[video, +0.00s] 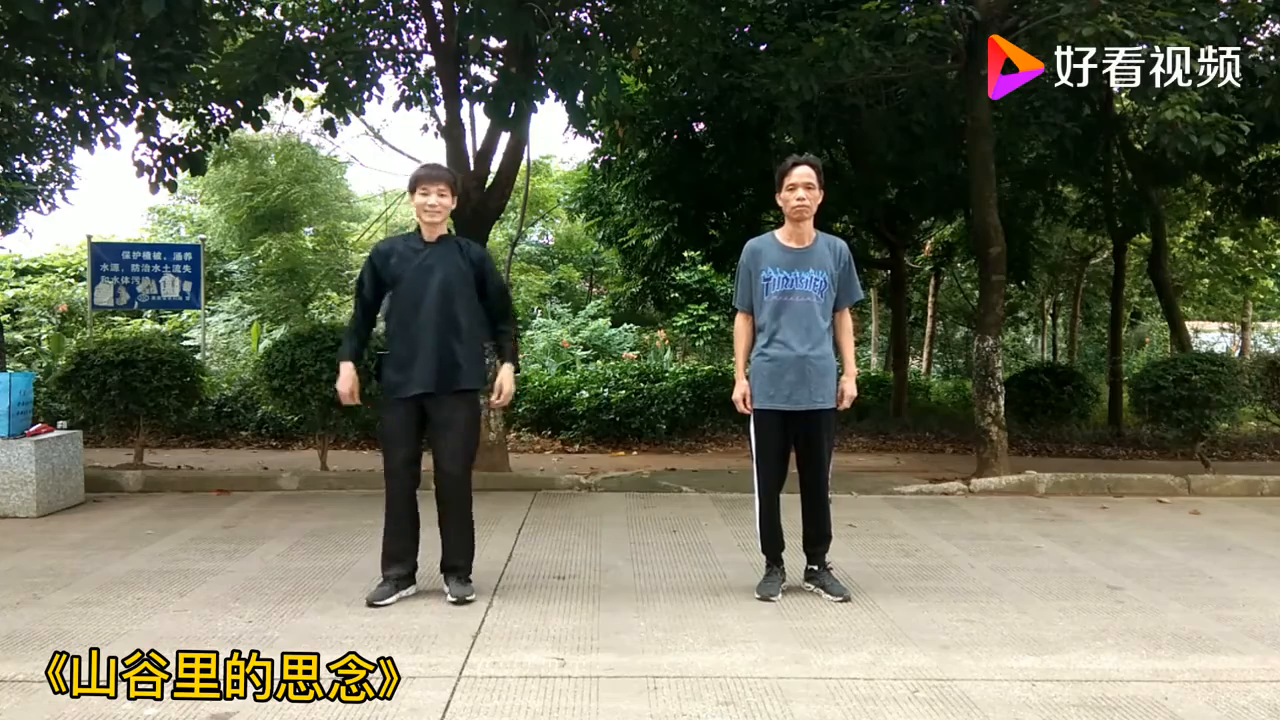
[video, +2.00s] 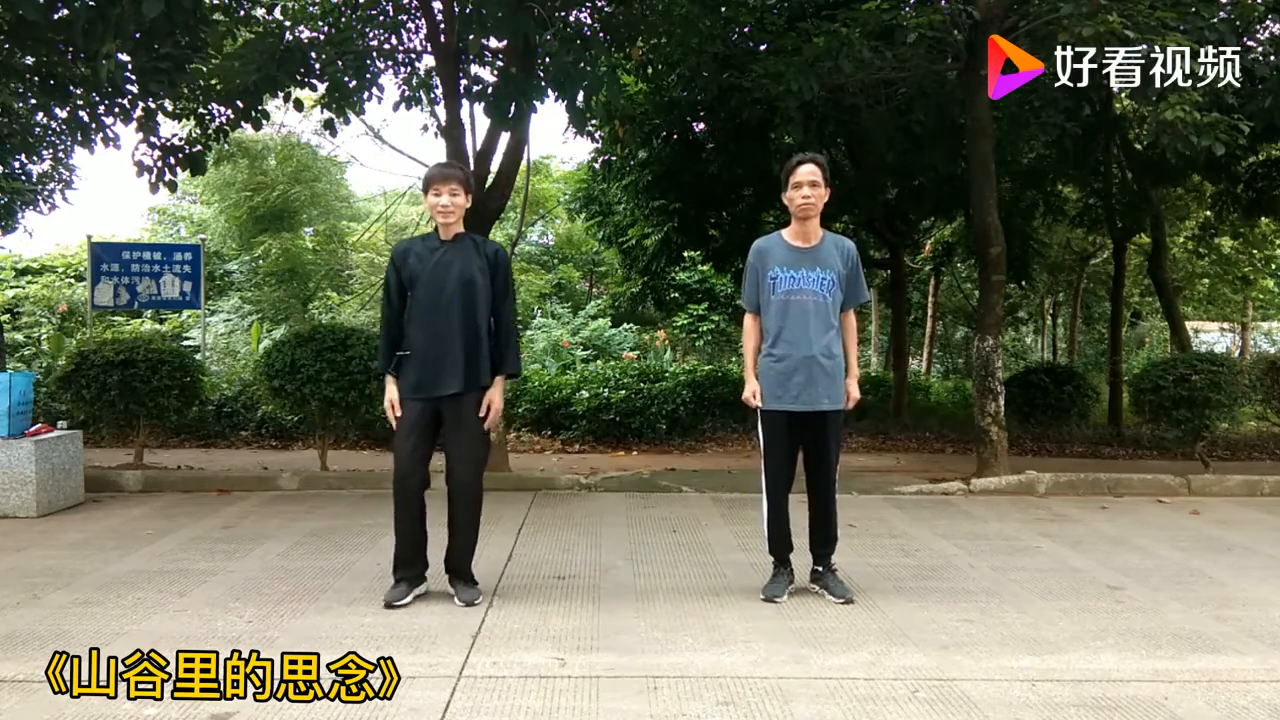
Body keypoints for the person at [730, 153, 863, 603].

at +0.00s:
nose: (801, 195)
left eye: (809, 187)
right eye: (792, 188)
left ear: (820, 196)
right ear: (779, 197)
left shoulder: (836, 250)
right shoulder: (756, 250)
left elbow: (842, 314)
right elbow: (744, 316)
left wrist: (849, 372)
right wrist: (740, 374)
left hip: (820, 383)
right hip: (768, 383)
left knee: (816, 482)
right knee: (767, 483)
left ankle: (817, 566)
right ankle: (773, 567)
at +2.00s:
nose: (805, 193)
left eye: (814, 185)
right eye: (797, 186)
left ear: (826, 194)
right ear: (785, 196)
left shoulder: (843, 250)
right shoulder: (763, 250)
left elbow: (848, 316)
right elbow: (752, 316)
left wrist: (853, 374)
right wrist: (750, 374)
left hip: (828, 385)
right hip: (776, 385)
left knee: (823, 484)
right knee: (776, 484)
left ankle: (823, 568)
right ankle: (781, 567)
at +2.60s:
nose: (804, 196)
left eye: (812, 188)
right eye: (795, 188)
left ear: (823, 196)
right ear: (782, 196)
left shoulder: (840, 251)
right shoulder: (759, 250)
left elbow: (848, 314)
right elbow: (747, 315)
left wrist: (861, 370)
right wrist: (745, 374)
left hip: (824, 387)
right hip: (772, 388)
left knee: (822, 484)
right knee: (775, 485)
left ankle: (822, 568)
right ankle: (781, 568)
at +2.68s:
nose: (803, 195)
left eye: (812, 187)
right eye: (795, 188)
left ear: (823, 195)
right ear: (782, 196)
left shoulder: (840, 251)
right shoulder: (759, 250)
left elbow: (848, 314)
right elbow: (747, 315)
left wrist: (858, 369)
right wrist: (745, 373)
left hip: (825, 386)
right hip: (772, 387)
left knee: (821, 483)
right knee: (774, 484)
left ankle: (823, 568)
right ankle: (780, 568)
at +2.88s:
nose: (803, 195)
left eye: (810, 187)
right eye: (794, 188)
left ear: (822, 195)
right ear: (781, 196)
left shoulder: (840, 250)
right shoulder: (758, 250)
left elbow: (846, 314)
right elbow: (747, 316)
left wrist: (853, 369)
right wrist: (745, 374)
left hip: (824, 385)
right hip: (771, 385)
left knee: (821, 484)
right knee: (774, 485)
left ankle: (823, 567)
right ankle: (780, 568)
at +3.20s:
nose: (798, 195)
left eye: (806, 187)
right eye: (790, 187)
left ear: (819, 195)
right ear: (778, 195)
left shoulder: (839, 250)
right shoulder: (756, 251)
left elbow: (846, 314)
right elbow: (747, 317)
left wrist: (854, 371)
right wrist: (745, 373)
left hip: (822, 385)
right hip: (770, 385)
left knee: (820, 484)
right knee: (773, 485)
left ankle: (823, 568)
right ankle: (780, 568)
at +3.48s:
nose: (793, 195)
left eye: (801, 186)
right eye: (785, 187)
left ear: (815, 194)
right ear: (774, 195)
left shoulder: (836, 249)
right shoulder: (753, 251)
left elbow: (846, 313)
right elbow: (745, 312)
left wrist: (854, 370)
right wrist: (743, 367)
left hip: (821, 386)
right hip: (767, 386)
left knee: (819, 485)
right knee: (771, 485)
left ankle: (823, 567)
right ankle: (780, 567)